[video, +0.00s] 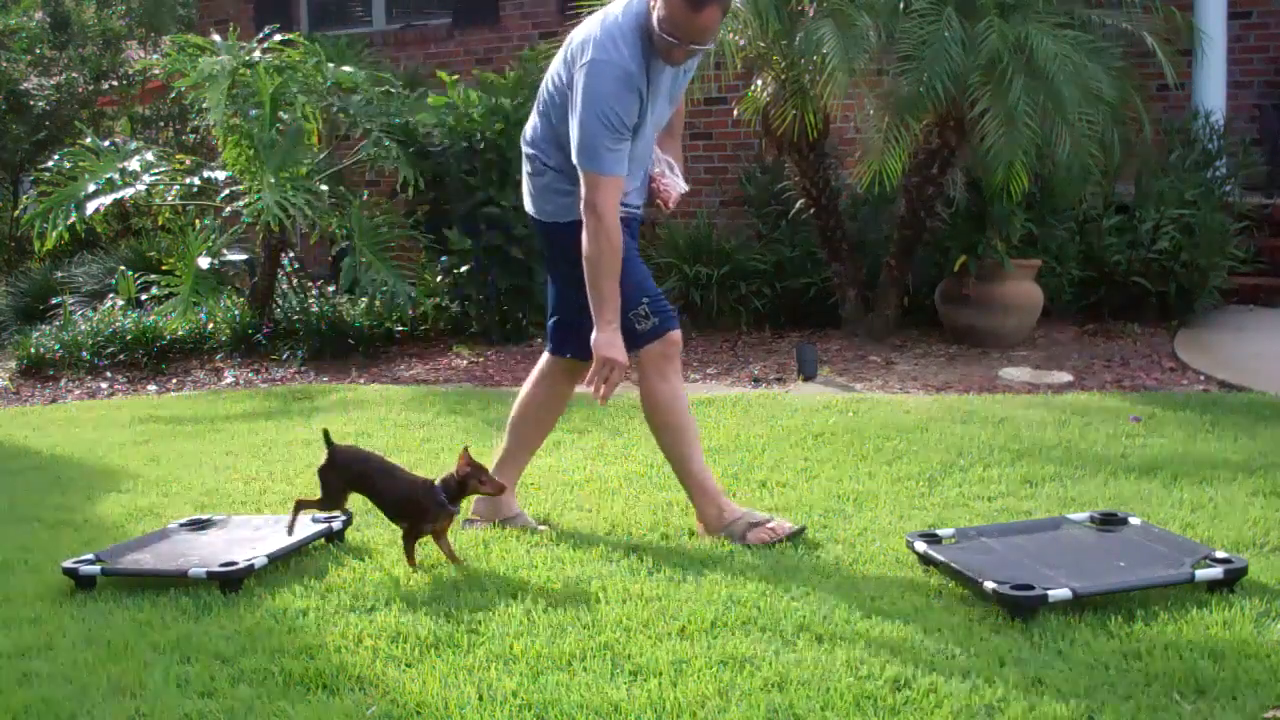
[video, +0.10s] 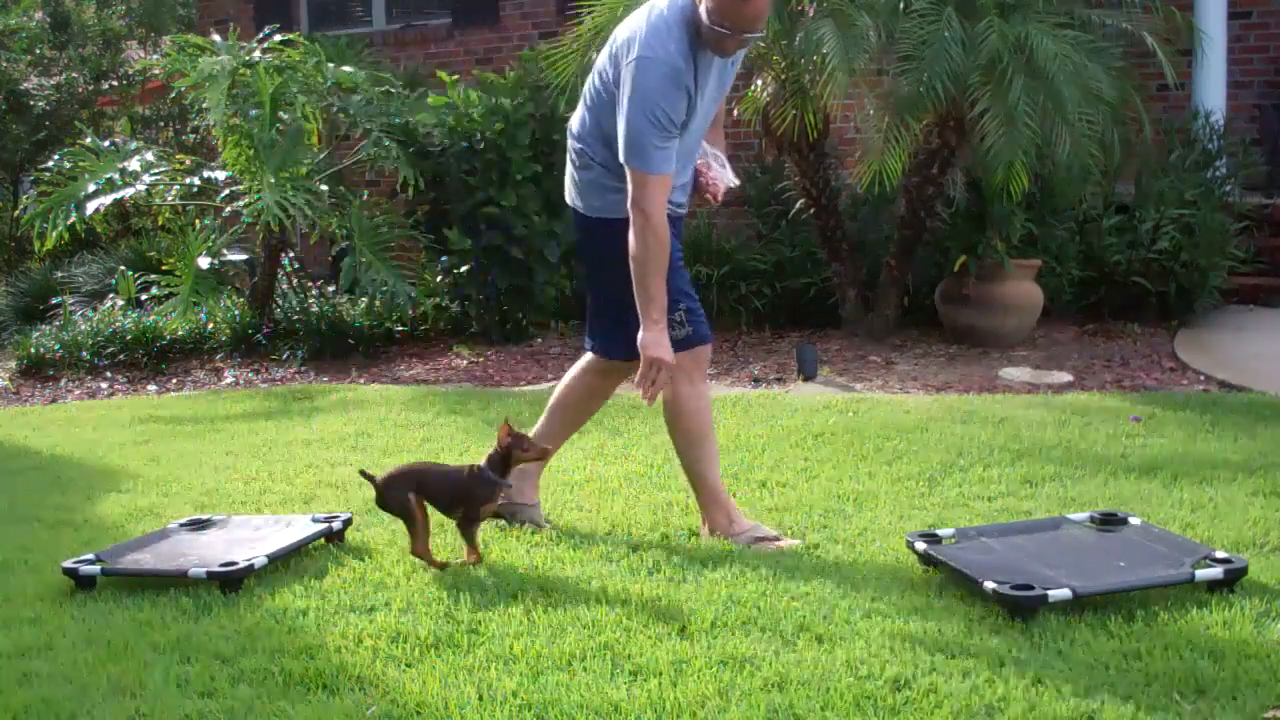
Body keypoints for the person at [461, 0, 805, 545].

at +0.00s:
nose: (689, 56)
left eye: (702, 46)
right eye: (678, 42)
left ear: (718, 21)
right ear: (655, 13)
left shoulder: (697, 33)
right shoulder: (608, 63)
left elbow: (669, 94)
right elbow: (597, 209)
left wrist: (667, 158)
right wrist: (607, 327)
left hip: (616, 198)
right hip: (567, 205)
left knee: (568, 353)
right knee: (658, 340)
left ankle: (494, 495)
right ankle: (715, 512)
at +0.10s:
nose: (735, 45)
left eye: (749, 34)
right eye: (723, 30)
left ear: (764, 18)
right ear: (699, 6)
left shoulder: (738, 26)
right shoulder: (656, 57)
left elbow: (714, 92)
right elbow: (645, 209)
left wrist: (710, 153)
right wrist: (653, 325)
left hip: (659, 197)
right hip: (610, 203)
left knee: (614, 353)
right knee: (688, 348)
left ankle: (517, 478)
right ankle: (721, 522)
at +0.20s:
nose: (787, 36)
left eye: (799, 25)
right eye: (777, 23)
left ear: (809, 13)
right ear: (751, 5)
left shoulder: (784, 21)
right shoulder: (704, 50)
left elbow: (759, 87)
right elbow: (696, 204)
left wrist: (758, 146)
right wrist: (705, 319)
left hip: (711, 184)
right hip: (651, 193)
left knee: (713, 345)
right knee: (709, 354)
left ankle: (584, 431)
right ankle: (722, 521)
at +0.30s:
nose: (845, 19)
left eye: (851, 11)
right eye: (840, 10)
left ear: (839, 5)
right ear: (807, 1)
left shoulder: (814, 21)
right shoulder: (748, 35)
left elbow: (796, 77)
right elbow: (747, 192)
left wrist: (802, 133)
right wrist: (762, 311)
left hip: (753, 179)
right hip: (691, 190)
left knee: (814, 318)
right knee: (734, 352)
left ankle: (685, 424)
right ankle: (723, 520)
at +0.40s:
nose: (895, 3)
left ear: (877, 1)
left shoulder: (861, 16)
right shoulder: (797, 29)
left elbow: (826, 72)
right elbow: (798, 182)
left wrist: (839, 124)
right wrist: (817, 303)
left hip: (803, 173)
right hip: (736, 186)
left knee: (887, 295)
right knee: (759, 355)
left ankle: (840, 467)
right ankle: (728, 518)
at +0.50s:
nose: (939, 6)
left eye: (942, 1)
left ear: (924, 0)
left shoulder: (909, 12)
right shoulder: (847, 26)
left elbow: (887, 71)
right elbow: (852, 183)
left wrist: (895, 126)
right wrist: (871, 302)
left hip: (855, 176)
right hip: (785, 183)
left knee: (930, 319)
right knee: (789, 359)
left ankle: (999, 483)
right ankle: (729, 514)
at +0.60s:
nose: (995, 6)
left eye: (998, 1)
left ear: (982, 1)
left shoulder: (967, 18)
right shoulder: (900, 27)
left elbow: (940, 86)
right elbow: (906, 186)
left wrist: (950, 137)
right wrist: (927, 304)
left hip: (916, 194)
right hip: (848, 202)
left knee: (983, 338)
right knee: (840, 366)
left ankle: (1039, 502)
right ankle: (744, 504)